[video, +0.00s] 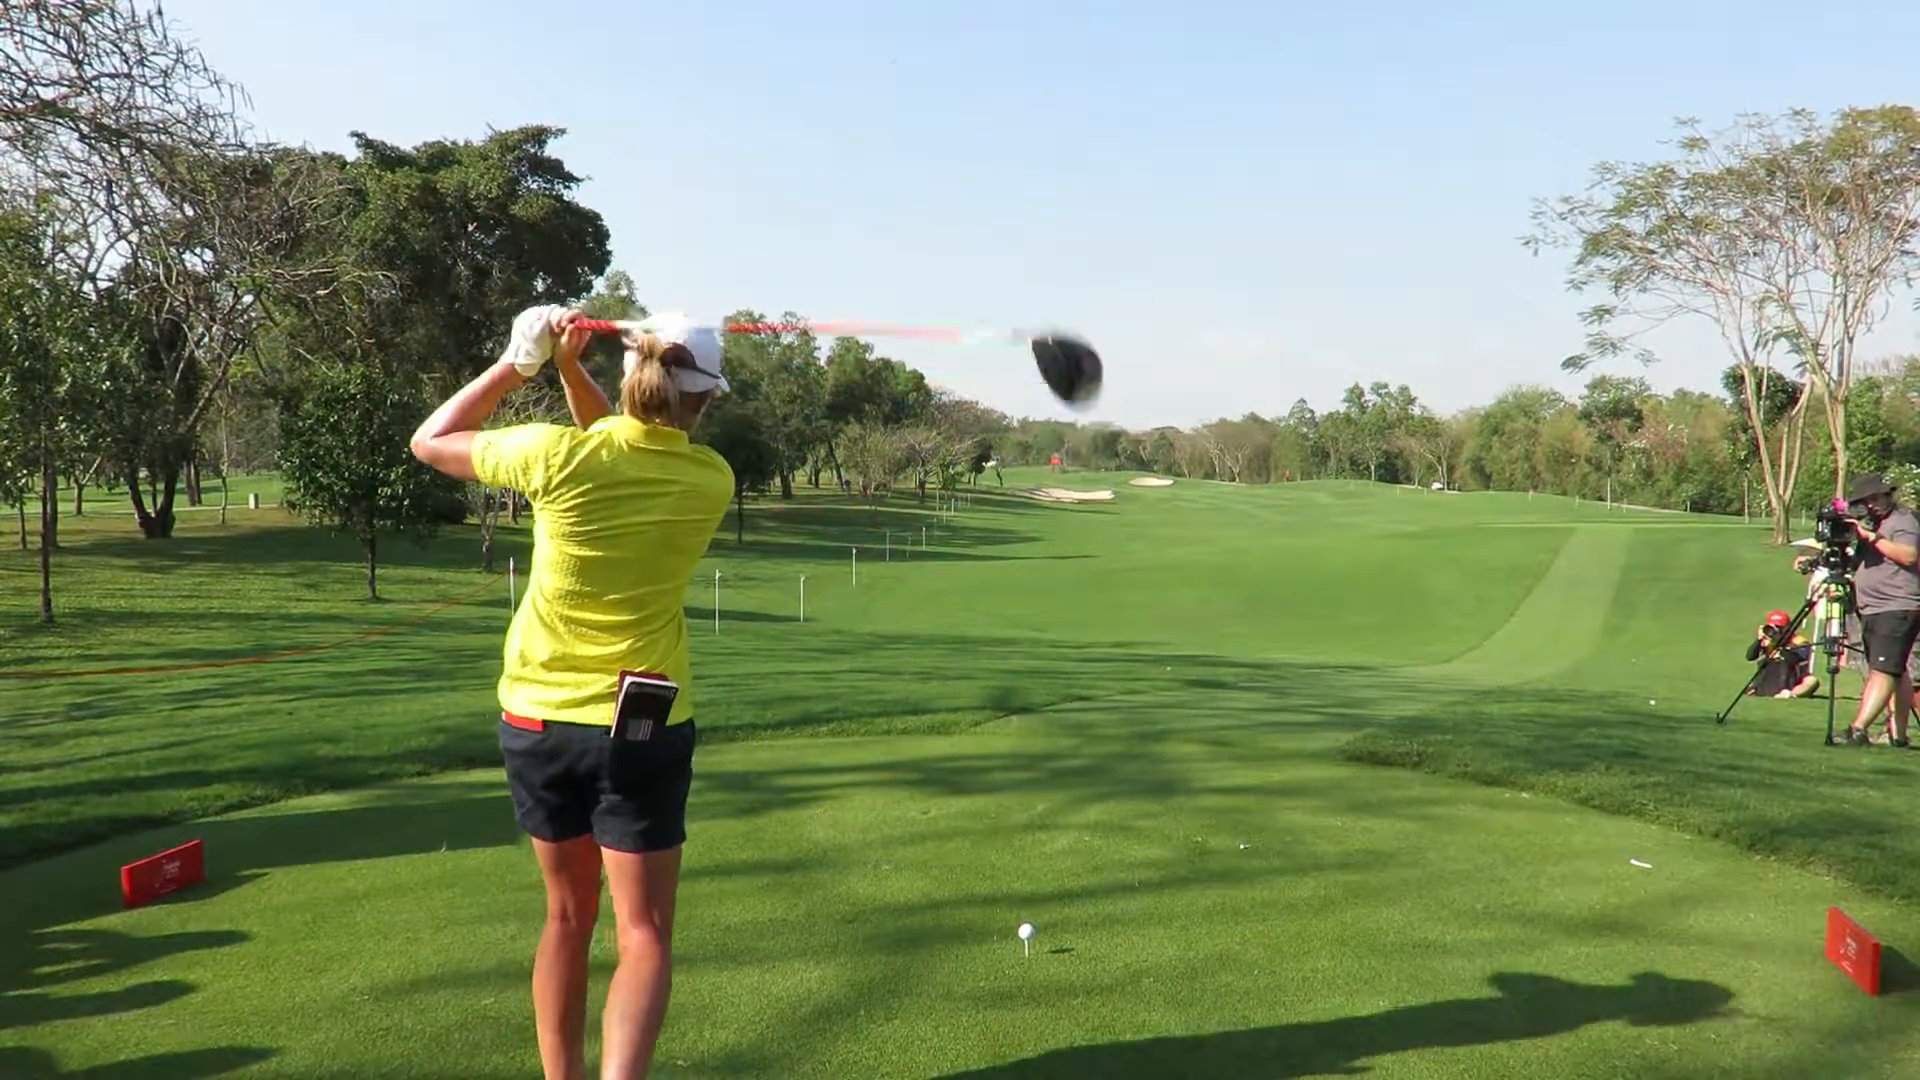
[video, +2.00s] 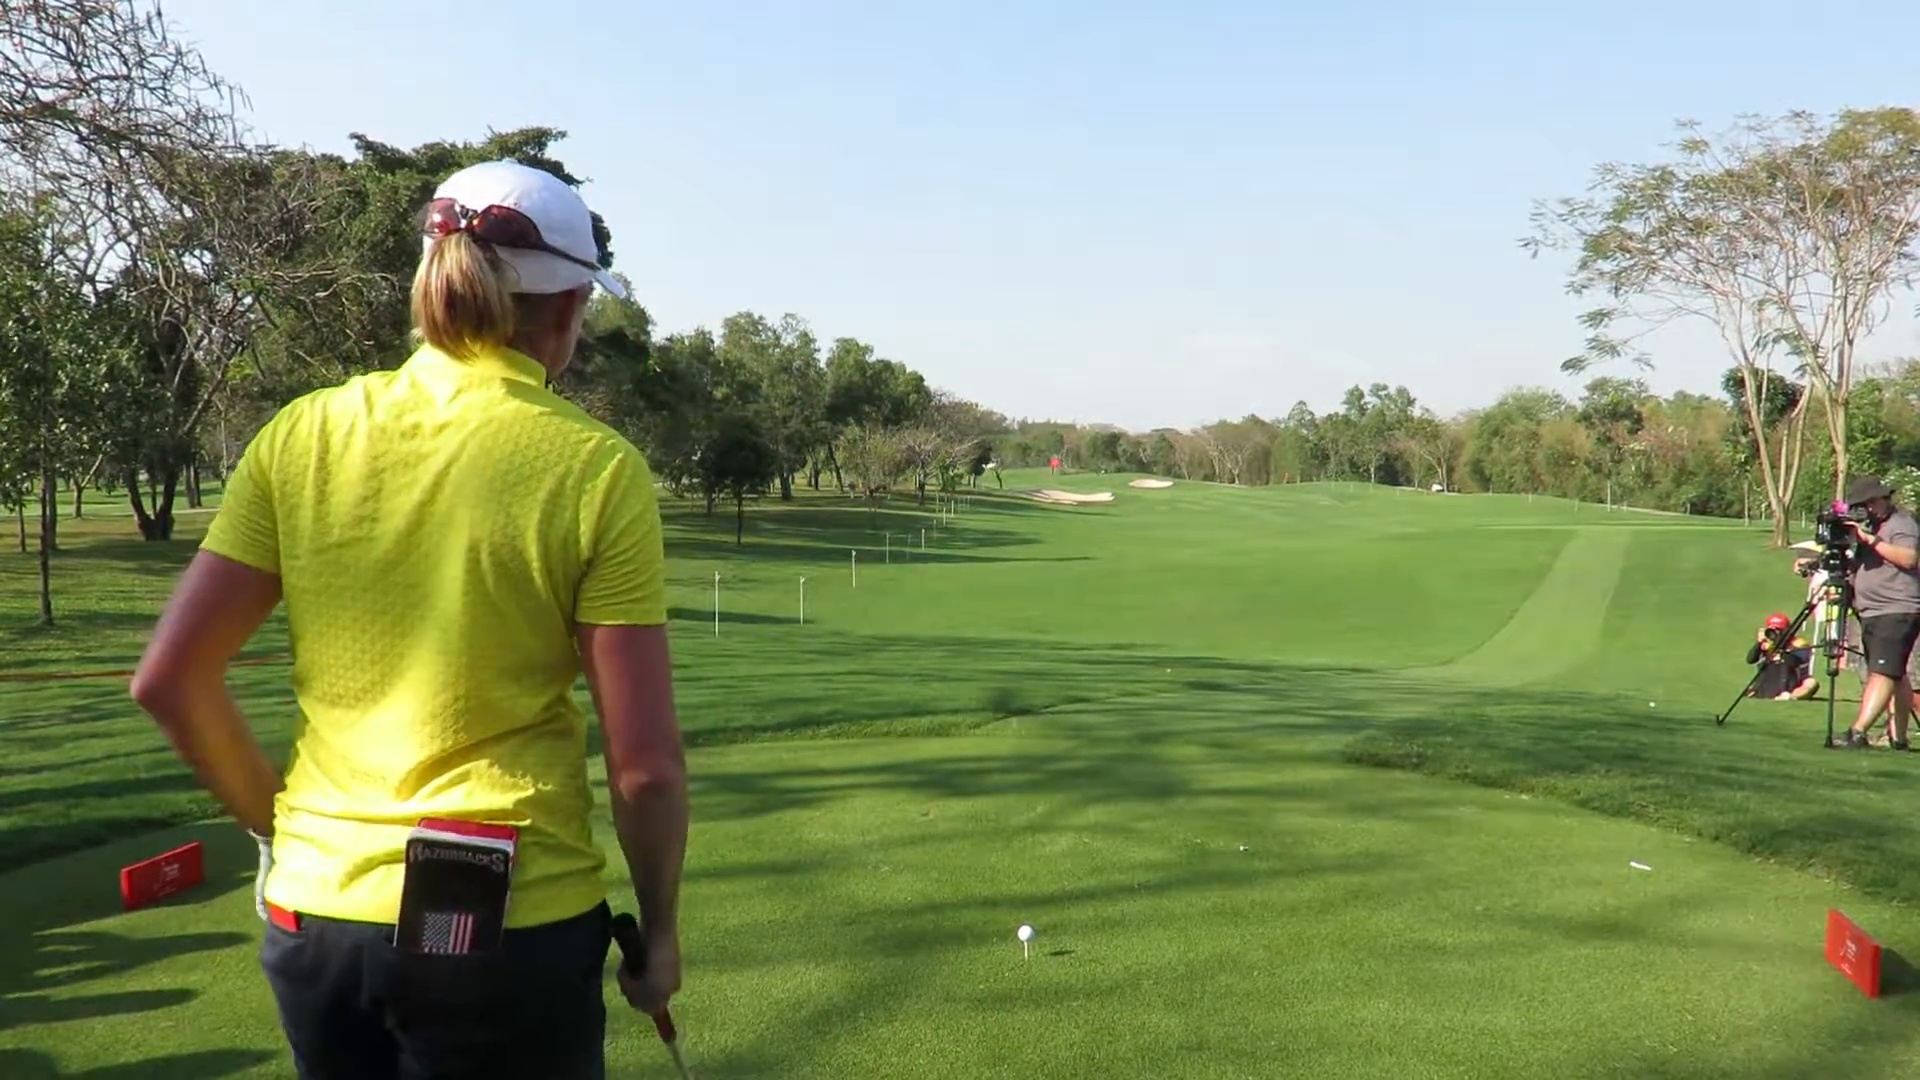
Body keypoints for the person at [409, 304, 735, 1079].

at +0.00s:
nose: (713, 403)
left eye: (710, 388)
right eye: (713, 391)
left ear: (629, 375)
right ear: (699, 398)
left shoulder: (554, 451)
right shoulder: (711, 480)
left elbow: (430, 440)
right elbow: (626, 445)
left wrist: (512, 363)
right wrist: (571, 365)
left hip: (538, 725)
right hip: (642, 730)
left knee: (566, 913)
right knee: (645, 931)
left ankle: (559, 1071)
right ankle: (620, 1072)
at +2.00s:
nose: (580, 329)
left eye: (580, 305)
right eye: (582, 307)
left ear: (432, 284)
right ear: (562, 311)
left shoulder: (300, 434)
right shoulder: (595, 466)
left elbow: (171, 679)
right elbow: (644, 771)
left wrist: (283, 826)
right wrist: (659, 925)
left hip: (314, 917)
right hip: (511, 930)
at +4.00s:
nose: (488, 426)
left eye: (488, 414)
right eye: (484, 414)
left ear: (412, 407)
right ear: (466, 414)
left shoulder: (346, 479)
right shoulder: (471, 485)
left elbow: (304, 601)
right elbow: (499, 622)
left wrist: (299, 696)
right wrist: (555, 706)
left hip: (372, 709)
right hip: (456, 712)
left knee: (407, 852)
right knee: (468, 885)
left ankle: (412, 1004)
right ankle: (393, 1043)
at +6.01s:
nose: (716, 416)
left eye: (720, 406)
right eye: (710, 404)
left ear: (692, 395)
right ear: (679, 391)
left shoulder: (677, 440)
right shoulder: (636, 443)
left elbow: (658, 526)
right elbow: (638, 554)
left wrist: (684, 574)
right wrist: (702, 613)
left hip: (648, 596)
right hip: (603, 600)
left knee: (664, 720)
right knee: (624, 736)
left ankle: (643, 853)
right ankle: (620, 884)